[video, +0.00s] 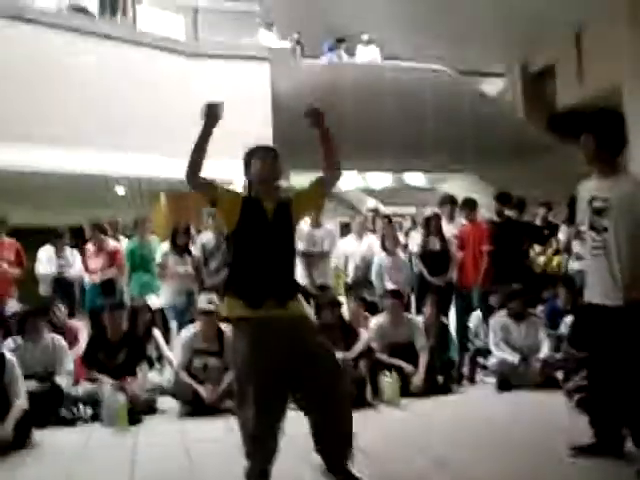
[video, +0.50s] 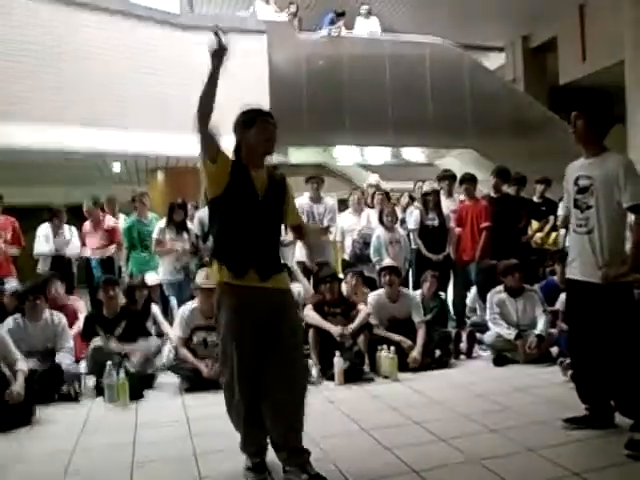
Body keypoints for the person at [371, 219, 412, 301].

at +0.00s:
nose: (392, 242)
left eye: (394, 239)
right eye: (388, 239)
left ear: (397, 241)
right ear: (383, 241)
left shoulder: (403, 261)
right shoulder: (380, 259)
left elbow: (409, 276)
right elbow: (375, 276)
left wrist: (408, 288)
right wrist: (380, 290)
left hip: (403, 291)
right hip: (389, 291)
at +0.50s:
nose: (390, 219)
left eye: (392, 216)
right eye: (387, 216)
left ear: (396, 218)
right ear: (382, 218)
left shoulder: (401, 233)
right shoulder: (379, 234)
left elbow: (407, 249)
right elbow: (374, 251)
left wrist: (406, 264)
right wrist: (379, 264)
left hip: (401, 267)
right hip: (385, 268)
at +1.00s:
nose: (390, 219)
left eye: (393, 216)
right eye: (387, 216)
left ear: (397, 218)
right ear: (382, 218)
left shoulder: (403, 234)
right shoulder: (379, 235)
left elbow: (408, 249)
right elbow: (374, 251)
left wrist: (407, 262)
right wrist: (379, 262)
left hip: (402, 269)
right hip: (386, 268)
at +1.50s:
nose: (391, 219)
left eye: (394, 216)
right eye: (388, 216)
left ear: (397, 218)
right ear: (383, 218)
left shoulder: (403, 234)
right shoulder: (380, 234)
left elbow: (408, 249)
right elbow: (376, 252)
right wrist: (381, 263)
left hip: (403, 269)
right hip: (387, 269)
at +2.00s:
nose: (392, 219)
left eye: (394, 216)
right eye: (389, 216)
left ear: (398, 218)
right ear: (383, 218)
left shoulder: (403, 234)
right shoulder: (380, 234)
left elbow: (409, 250)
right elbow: (376, 252)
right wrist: (382, 264)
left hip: (403, 269)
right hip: (387, 270)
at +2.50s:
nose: (392, 219)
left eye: (395, 217)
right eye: (389, 216)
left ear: (398, 218)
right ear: (384, 218)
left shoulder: (403, 234)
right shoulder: (380, 234)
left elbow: (408, 250)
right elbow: (376, 252)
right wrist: (381, 264)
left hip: (403, 269)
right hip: (387, 269)